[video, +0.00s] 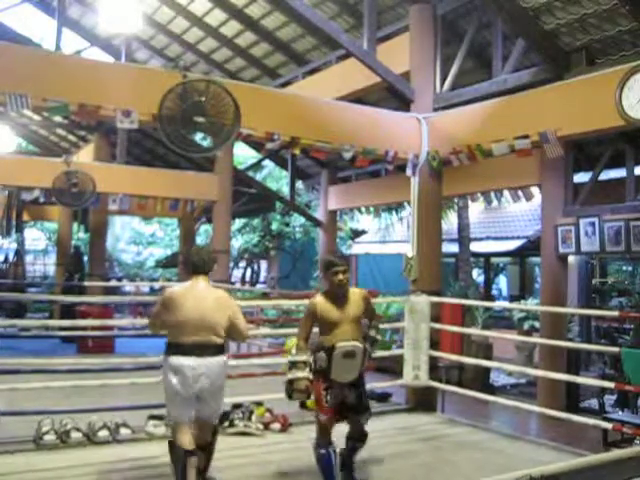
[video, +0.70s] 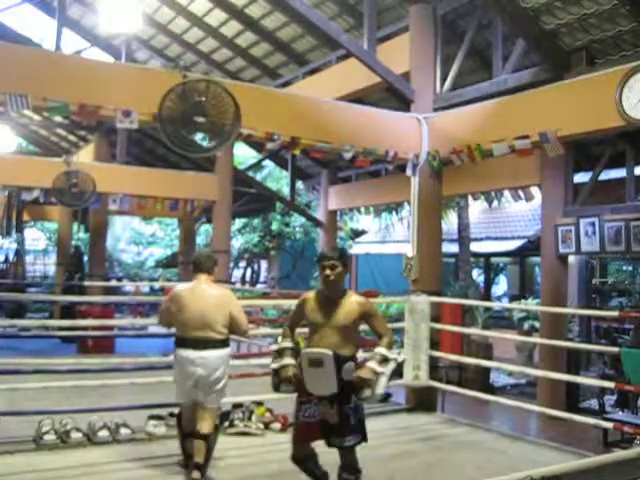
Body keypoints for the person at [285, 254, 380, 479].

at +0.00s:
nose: (342, 278)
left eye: (345, 273)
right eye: (336, 274)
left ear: (349, 274)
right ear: (326, 277)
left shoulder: (361, 297)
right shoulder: (317, 304)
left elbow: (374, 319)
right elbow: (302, 338)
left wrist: (369, 339)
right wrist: (302, 371)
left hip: (355, 368)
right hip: (327, 369)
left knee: (359, 428)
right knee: (324, 427)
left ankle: (348, 462)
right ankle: (328, 473)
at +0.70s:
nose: (328, 273)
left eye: (334, 268)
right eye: (324, 268)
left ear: (345, 271)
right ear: (319, 272)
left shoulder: (359, 304)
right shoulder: (308, 302)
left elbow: (386, 336)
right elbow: (289, 329)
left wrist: (371, 367)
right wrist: (287, 361)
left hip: (344, 379)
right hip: (311, 378)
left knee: (346, 449)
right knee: (300, 452)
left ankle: (349, 475)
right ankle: (321, 476)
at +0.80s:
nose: (321, 273)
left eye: (327, 268)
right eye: (318, 268)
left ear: (340, 270)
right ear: (313, 271)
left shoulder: (356, 304)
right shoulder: (304, 302)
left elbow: (379, 338)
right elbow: (292, 329)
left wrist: (353, 363)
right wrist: (293, 359)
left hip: (340, 387)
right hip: (307, 385)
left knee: (344, 453)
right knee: (289, 447)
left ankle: (347, 475)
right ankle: (300, 475)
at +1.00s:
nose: (299, 276)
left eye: (305, 270)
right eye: (297, 271)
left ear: (321, 273)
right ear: (295, 275)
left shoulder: (339, 303)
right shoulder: (295, 304)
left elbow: (352, 339)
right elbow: (293, 338)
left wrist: (325, 349)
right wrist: (293, 355)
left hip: (328, 381)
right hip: (298, 380)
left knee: (336, 452)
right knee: (281, 446)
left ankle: (343, 470)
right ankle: (278, 472)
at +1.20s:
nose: (271, 274)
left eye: (276, 268)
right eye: (271, 269)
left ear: (293, 272)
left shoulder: (309, 301)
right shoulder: (282, 304)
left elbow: (323, 341)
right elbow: (284, 341)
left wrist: (298, 352)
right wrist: (270, 358)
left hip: (302, 380)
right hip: (279, 378)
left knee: (310, 449)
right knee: (267, 443)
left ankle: (327, 472)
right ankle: (265, 471)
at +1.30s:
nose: (257, 272)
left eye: (262, 267)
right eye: (257, 268)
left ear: (281, 269)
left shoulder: (297, 299)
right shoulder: (271, 301)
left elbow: (310, 340)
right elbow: (271, 340)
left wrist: (283, 355)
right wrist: (257, 359)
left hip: (289, 381)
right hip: (267, 378)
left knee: (299, 461)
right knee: (260, 449)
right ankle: (261, 470)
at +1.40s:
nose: (247, 273)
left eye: (252, 267)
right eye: (247, 267)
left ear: (270, 271)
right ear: (264, 272)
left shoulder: (288, 299)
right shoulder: (261, 301)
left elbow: (301, 341)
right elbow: (262, 340)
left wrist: (268, 360)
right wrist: (246, 354)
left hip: (280, 383)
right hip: (259, 381)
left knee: (274, 460)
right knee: (253, 448)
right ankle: (258, 473)